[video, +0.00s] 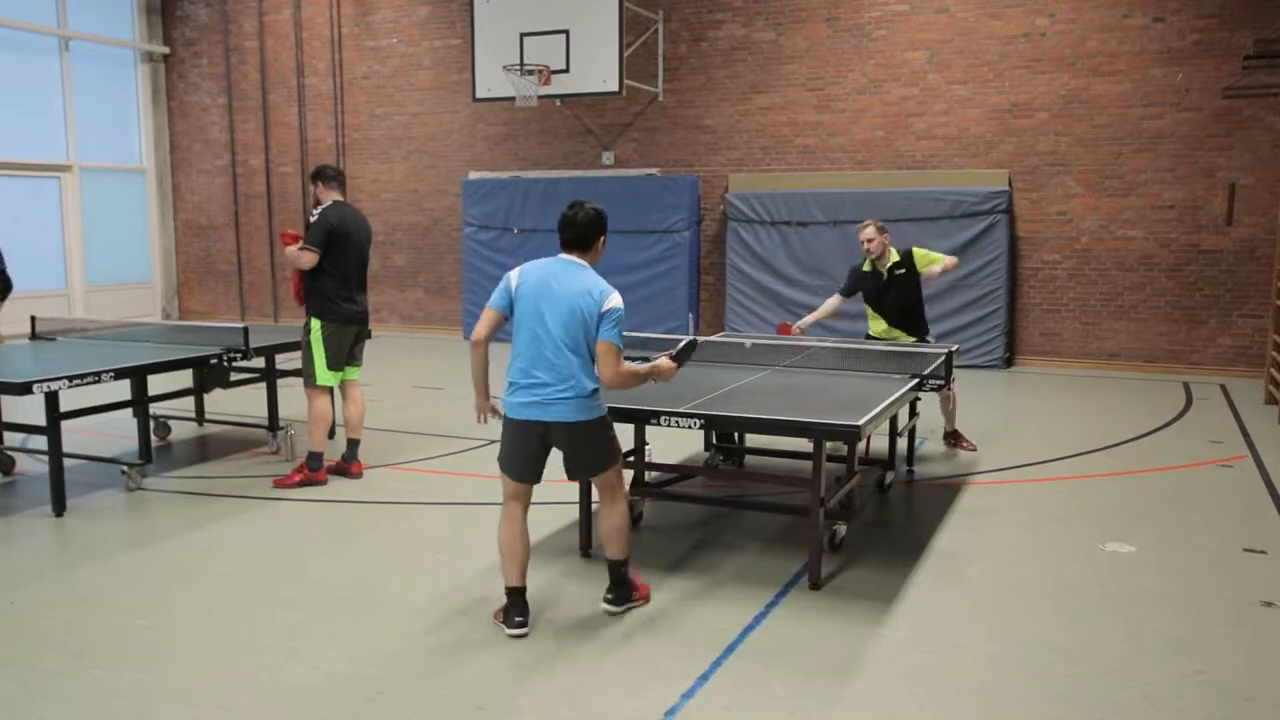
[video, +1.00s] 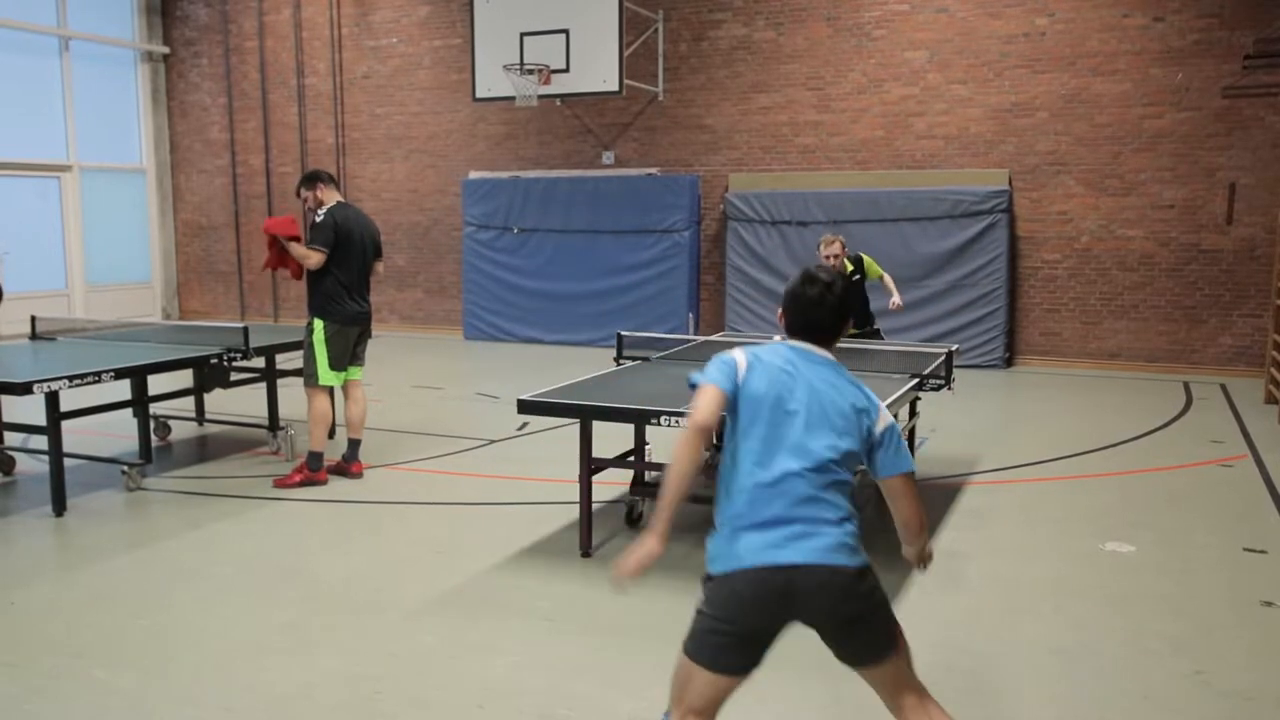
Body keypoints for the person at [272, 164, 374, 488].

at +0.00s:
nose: (313, 195)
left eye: (313, 190)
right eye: (314, 190)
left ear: (320, 188)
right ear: (342, 187)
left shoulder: (325, 217)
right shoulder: (360, 220)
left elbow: (308, 259)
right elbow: (346, 261)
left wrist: (290, 252)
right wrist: (308, 245)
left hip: (325, 317)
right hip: (356, 315)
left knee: (318, 390)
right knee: (351, 385)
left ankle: (314, 466)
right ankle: (351, 460)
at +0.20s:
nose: (311, 201)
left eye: (309, 196)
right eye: (310, 197)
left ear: (315, 192)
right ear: (336, 187)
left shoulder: (326, 218)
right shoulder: (361, 220)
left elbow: (306, 260)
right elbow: (348, 265)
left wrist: (288, 239)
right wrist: (309, 272)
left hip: (327, 317)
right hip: (358, 315)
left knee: (319, 390)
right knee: (352, 385)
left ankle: (314, 466)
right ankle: (351, 460)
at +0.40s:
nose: (309, 207)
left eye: (307, 203)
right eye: (307, 204)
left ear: (313, 196)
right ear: (333, 190)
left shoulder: (327, 218)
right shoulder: (363, 222)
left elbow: (304, 256)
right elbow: (360, 263)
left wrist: (288, 232)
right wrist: (307, 254)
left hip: (329, 318)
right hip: (359, 316)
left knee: (319, 391)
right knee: (353, 386)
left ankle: (314, 467)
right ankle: (352, 461)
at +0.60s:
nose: (309, 206)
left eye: (307, 201)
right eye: (307, 202)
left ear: (315, 193)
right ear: (334, 190)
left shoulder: (326, 216)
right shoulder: (365, 222)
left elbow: (306, 255)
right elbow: (373, 267)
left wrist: (283, 240)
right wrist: (336, 258)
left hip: (329, 317)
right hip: (359, 316)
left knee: (319, 390)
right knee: (353, 385)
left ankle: (314, 466)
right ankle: (351, 460)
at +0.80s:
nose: (308, 205)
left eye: (308, 200)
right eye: (306, 201)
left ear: (320, 190)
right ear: (333, 188)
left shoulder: (326, 217)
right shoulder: (366, 222)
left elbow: (310, 257)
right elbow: (375, 269)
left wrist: (272, 242)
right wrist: (336, 262)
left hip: (329, 317)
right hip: (359, 315)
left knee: (318, 389)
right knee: (353, 385)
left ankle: (314, 466)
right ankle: (351, 460)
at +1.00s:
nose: (307, 206)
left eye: (306, 200)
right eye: (304, 201)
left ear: (319, 190)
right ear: (332, 188)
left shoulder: (327, 218)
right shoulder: (366, 222)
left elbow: (314, 260)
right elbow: (376, 267)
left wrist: (286, 243)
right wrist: (332, 259)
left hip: (328, 317)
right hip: (360, 315)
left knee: (318, 389)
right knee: (353, 384)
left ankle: (314, 466)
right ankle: (351, 460)